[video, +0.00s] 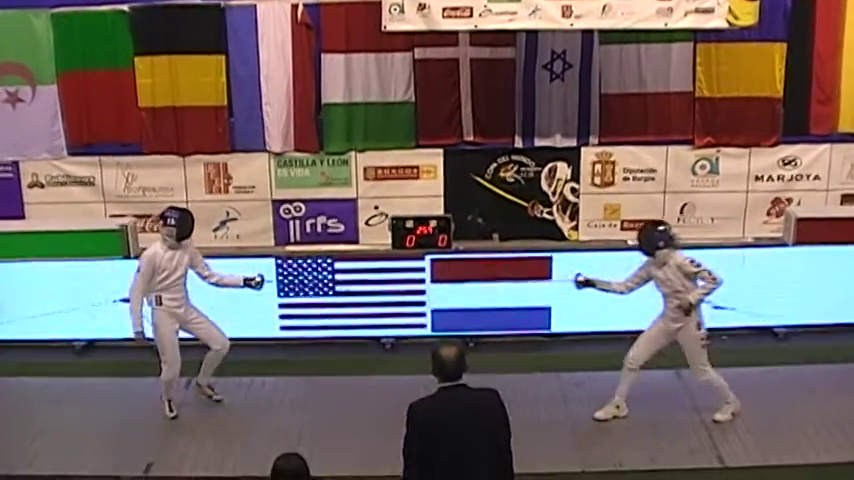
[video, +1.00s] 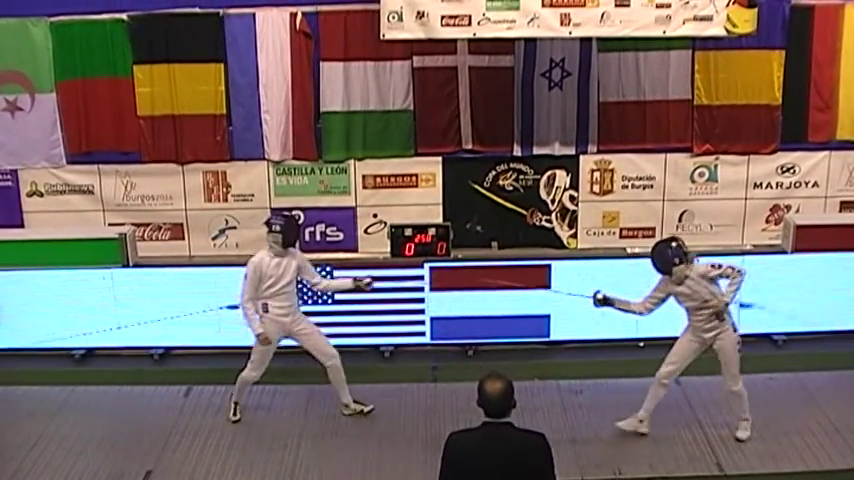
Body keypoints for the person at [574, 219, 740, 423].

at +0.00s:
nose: (649, 255)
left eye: (651, 250)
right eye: (648, 251)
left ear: (661, 246)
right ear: (652, 249)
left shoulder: (680, 262)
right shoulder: (651, 267)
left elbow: (712, 281)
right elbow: (624, 287)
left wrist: (692, 300)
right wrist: (592, 284)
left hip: (689, 323)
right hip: (666, 321)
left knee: (702, 372)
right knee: (632, 360)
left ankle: (732, 403)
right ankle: (618, 405)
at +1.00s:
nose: (674, 276)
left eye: (676, 270)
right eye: (669, 273)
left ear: (683, 262)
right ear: (665, 270)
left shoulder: (701, 271)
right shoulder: (668, 283)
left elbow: (737, 273)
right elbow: (643, 308)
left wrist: (725, 300)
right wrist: (610, 302)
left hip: (722, 330)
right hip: (695, 332)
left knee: (734, 384)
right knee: (664, 376)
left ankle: (745, 421)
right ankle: (641, 420)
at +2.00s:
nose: (710, 272)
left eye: (711, 267)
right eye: (706, 268)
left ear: (718, 262)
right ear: (703, 267)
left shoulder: (736, 273)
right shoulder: (701, 281)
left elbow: (769, 285)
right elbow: (673, 300)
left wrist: (753, 306)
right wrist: (639, 296)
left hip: (752, 333)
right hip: (725, 333)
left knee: (770, 382)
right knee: (692, 374)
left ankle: (793, 417)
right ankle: (668, 416)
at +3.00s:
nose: (713, 280)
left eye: (713, 275)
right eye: (710, 276)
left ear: (720, 269)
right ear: (707, 274)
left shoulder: (740, 281)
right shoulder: (704, 289)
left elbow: (763, 299)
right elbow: (691, 316)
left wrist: (751, 320)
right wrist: (659, 315)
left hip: (751, 339)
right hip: (723, 338)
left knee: (769, 390)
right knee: (687, 374)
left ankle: (799, 411)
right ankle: (678, 415)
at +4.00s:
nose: (692, 265)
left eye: (694, 260)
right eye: (689, 262)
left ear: (703, 254)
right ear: (687, 259)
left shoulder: (721, 269)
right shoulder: (685, 274)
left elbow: (748, 289)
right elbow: (669, 300)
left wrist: (728, 305)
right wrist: (637, 297)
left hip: (728, 330)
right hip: (702, 329)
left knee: (748, 379)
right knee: (674, 372)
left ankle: (780, 406)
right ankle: (665, 416)